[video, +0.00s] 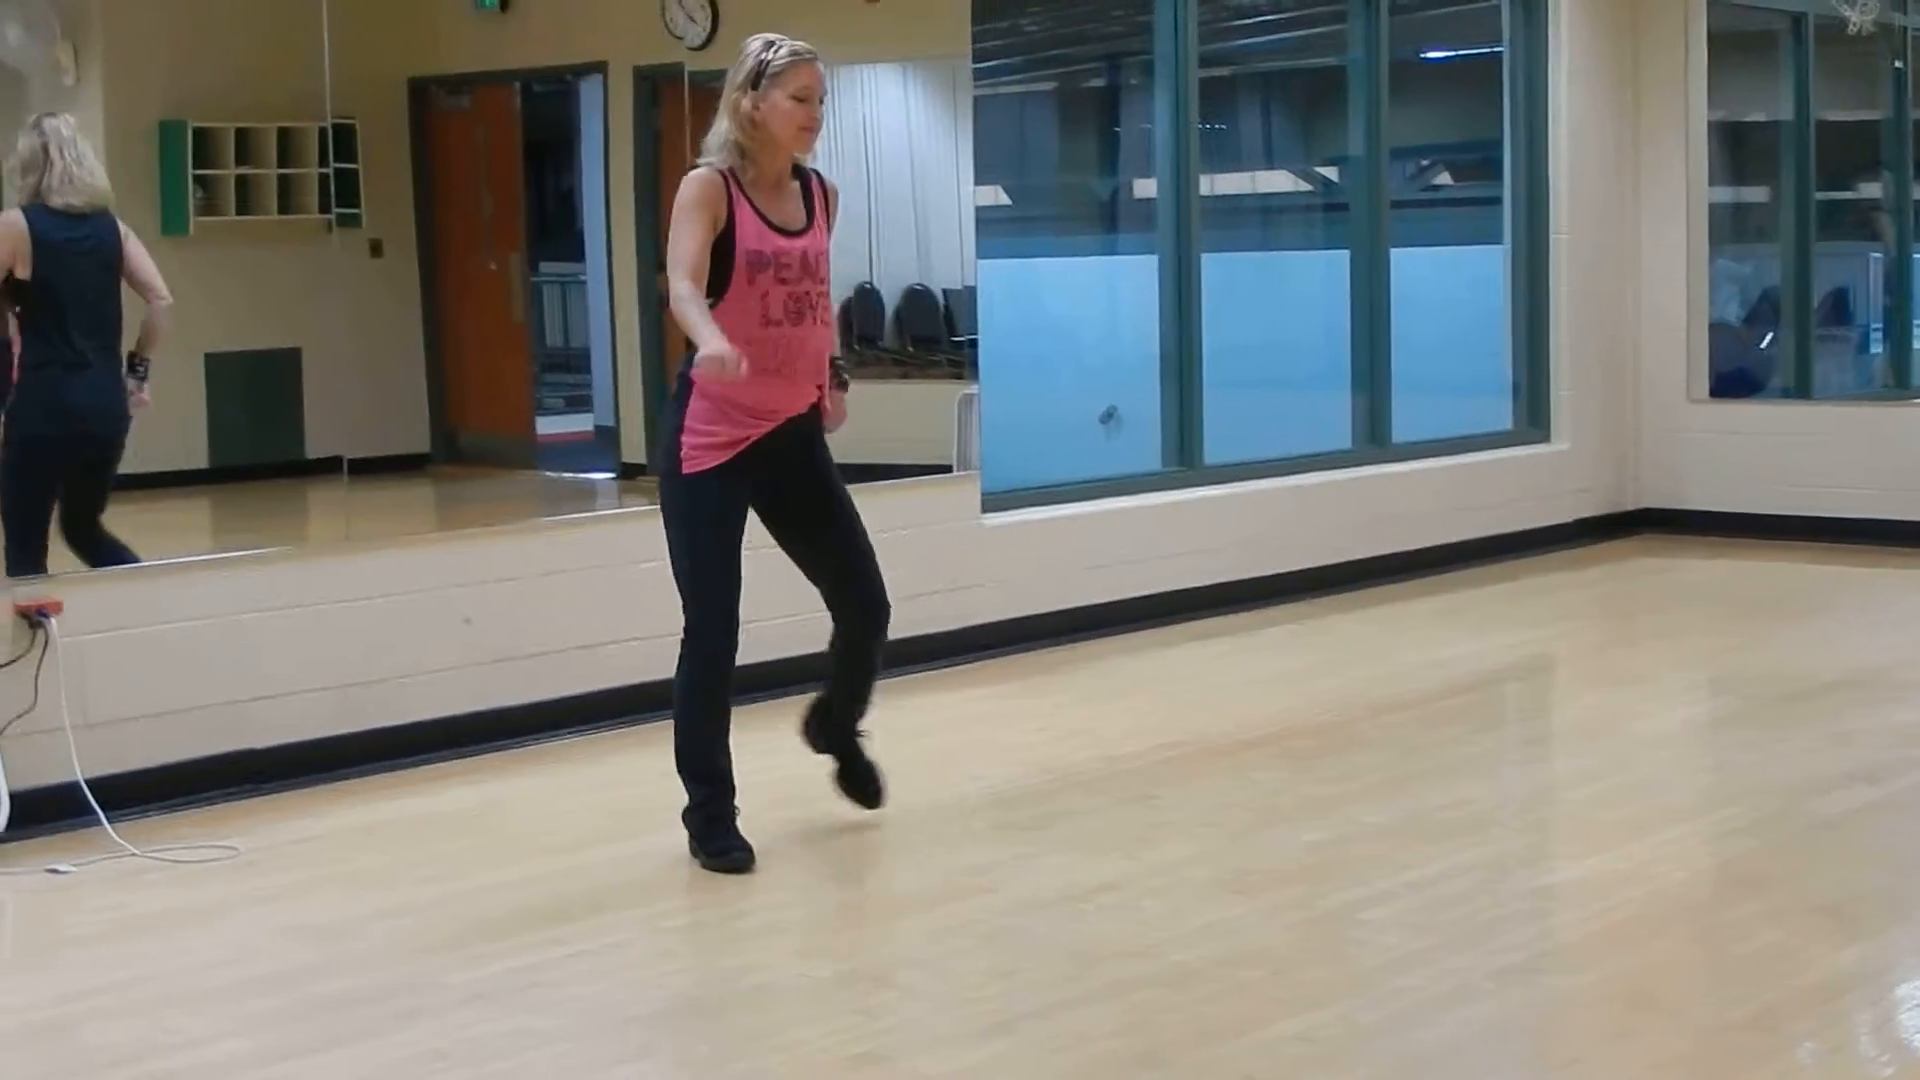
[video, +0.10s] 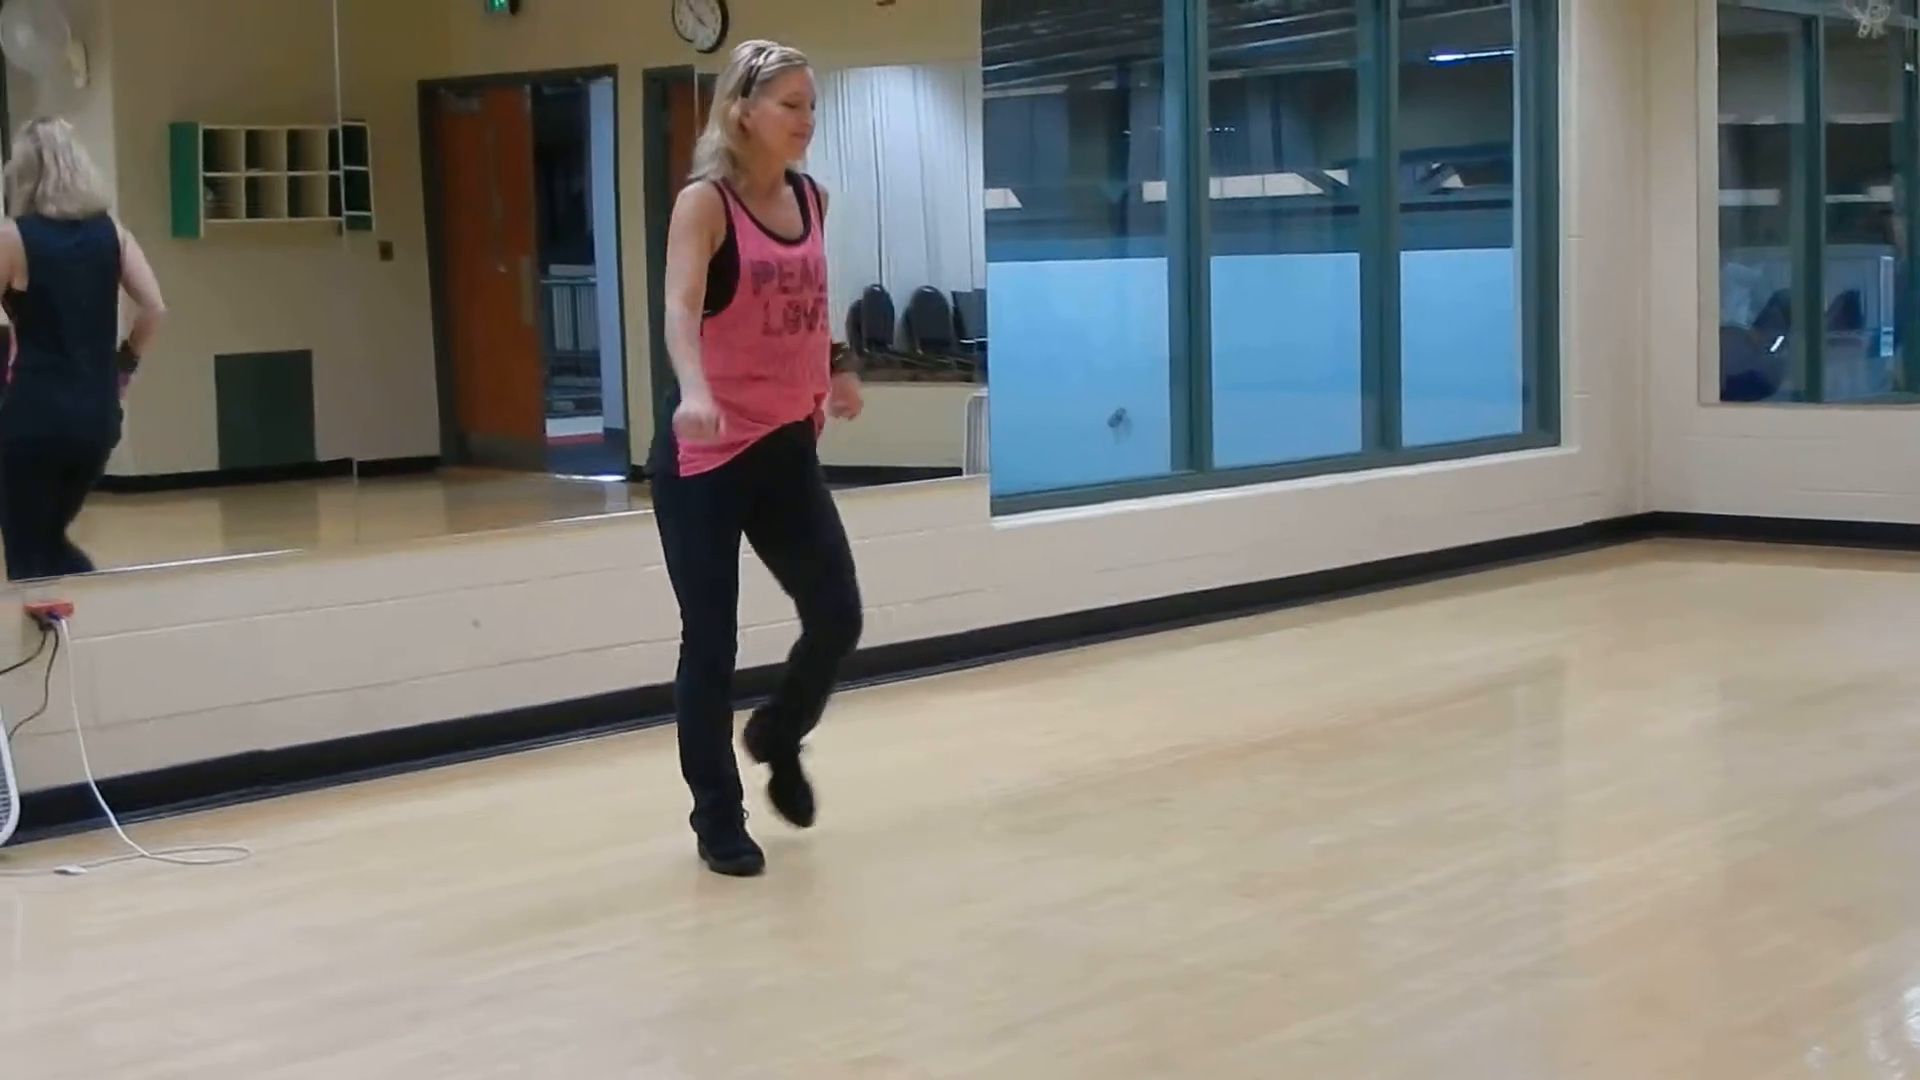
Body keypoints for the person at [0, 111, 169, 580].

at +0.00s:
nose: (15, 171)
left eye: (20, 162)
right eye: (18, 162)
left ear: (28, 165)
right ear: (84, 162)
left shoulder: (14, 227)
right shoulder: (111, 228)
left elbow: (7, 310)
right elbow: (160, 299)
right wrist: (139, 369)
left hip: (40, 405)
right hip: (106, 404)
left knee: (24, 542)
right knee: (82, 526)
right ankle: (155, 598)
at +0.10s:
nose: (11, 176)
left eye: (15, 167)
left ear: (20, 173)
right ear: (78, 167)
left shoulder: (13, 237)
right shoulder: (110, 231)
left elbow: (6, 314)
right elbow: (153, 307)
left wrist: (17, 337)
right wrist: (125, 365)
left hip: (32, 408)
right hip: (97, 409)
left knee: (24, 542)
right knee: (52, 534)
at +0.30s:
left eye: (14, 174)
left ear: (19, 180)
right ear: (78, 175)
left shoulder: (13, 246)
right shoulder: (106, 241)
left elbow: (5, 340)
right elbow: (131, 324)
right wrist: (77, 319)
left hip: (32, 424)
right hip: (97, 418)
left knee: (31, 557)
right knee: (65, 551)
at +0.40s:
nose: (1, 192)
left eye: (5, 183)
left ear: (14, 189)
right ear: (68, 184)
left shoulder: (12, 255)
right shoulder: (95, 250)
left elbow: (10, 355)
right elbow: (117, 339)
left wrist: (6, 432)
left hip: (44, 441)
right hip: (109, 433)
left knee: (11, 577)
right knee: (95, 572)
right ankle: (140, 675)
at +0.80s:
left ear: (1, 249)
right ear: (21, 244)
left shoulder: (20, 300)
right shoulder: (36, 299)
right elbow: (58, 380)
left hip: (28, 481)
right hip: (95, 467)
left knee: (5, 627)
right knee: (98, 601)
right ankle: (147, 696)